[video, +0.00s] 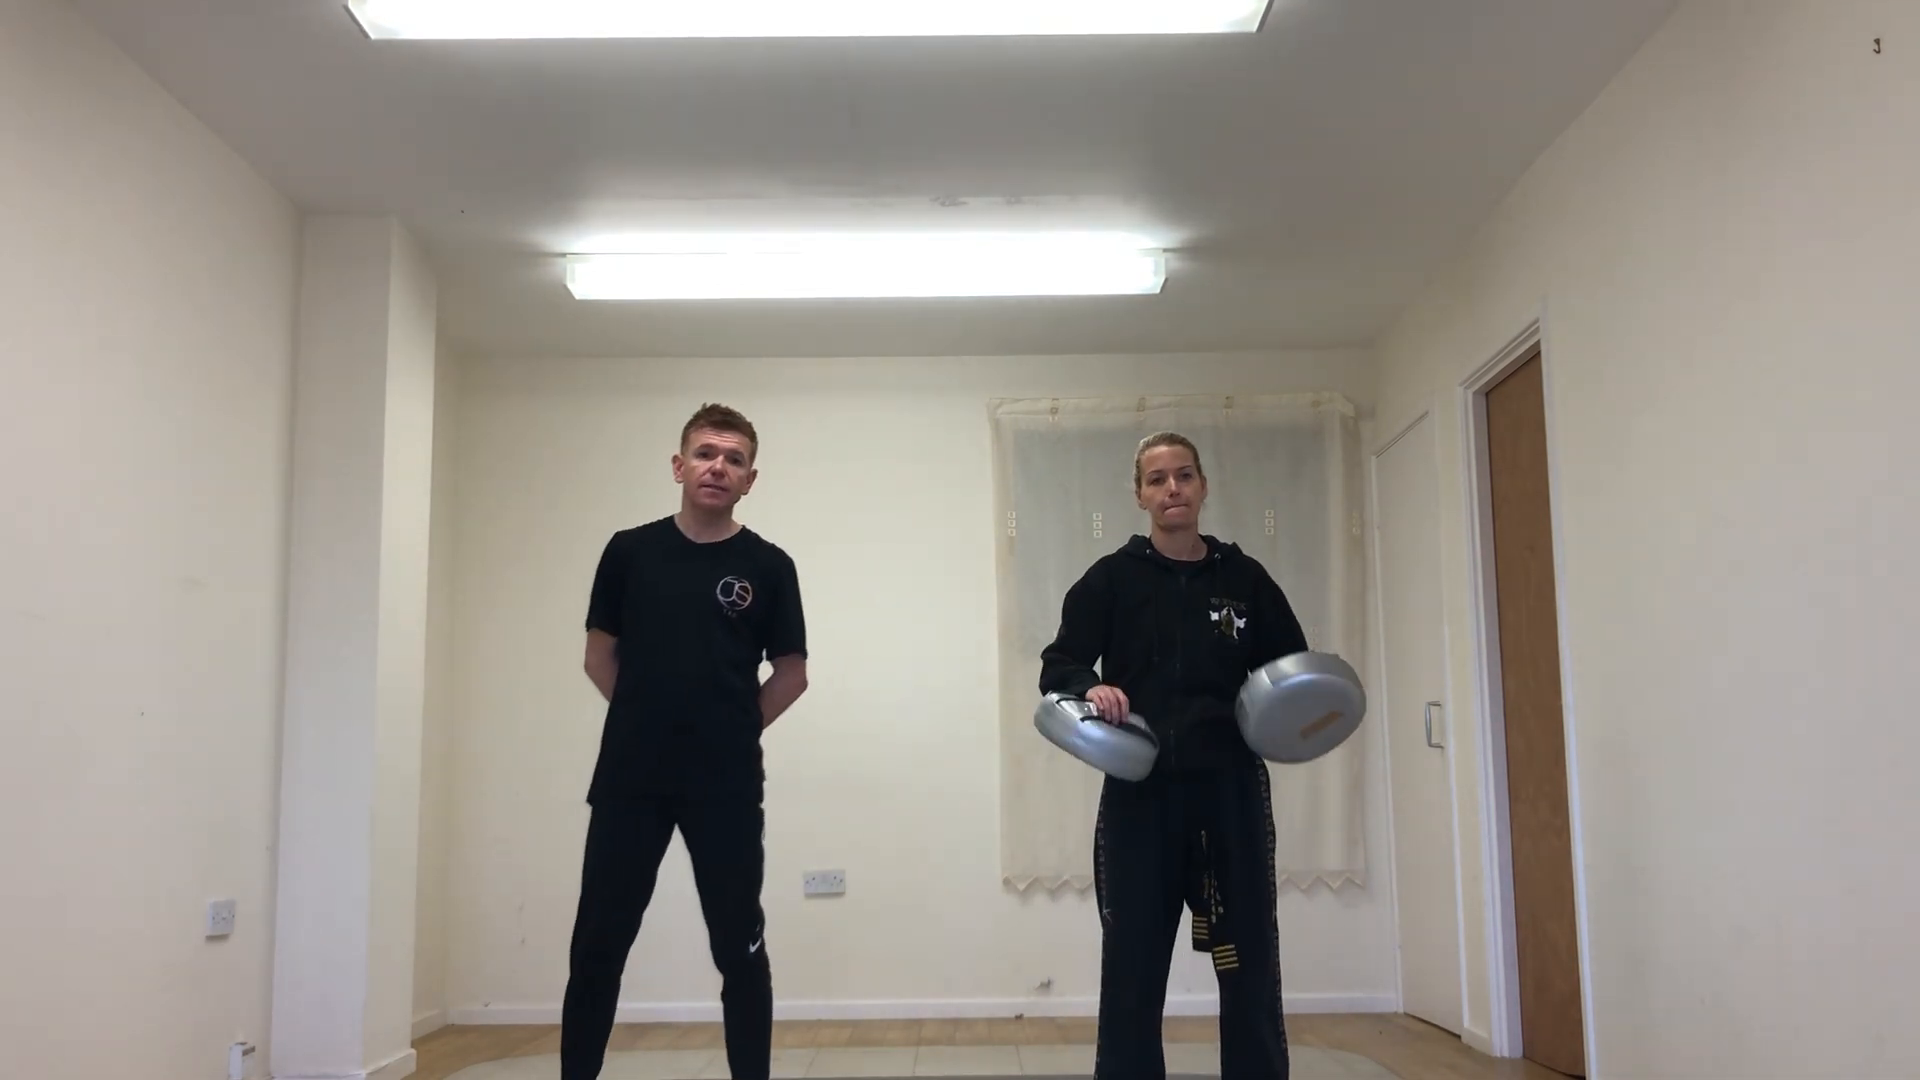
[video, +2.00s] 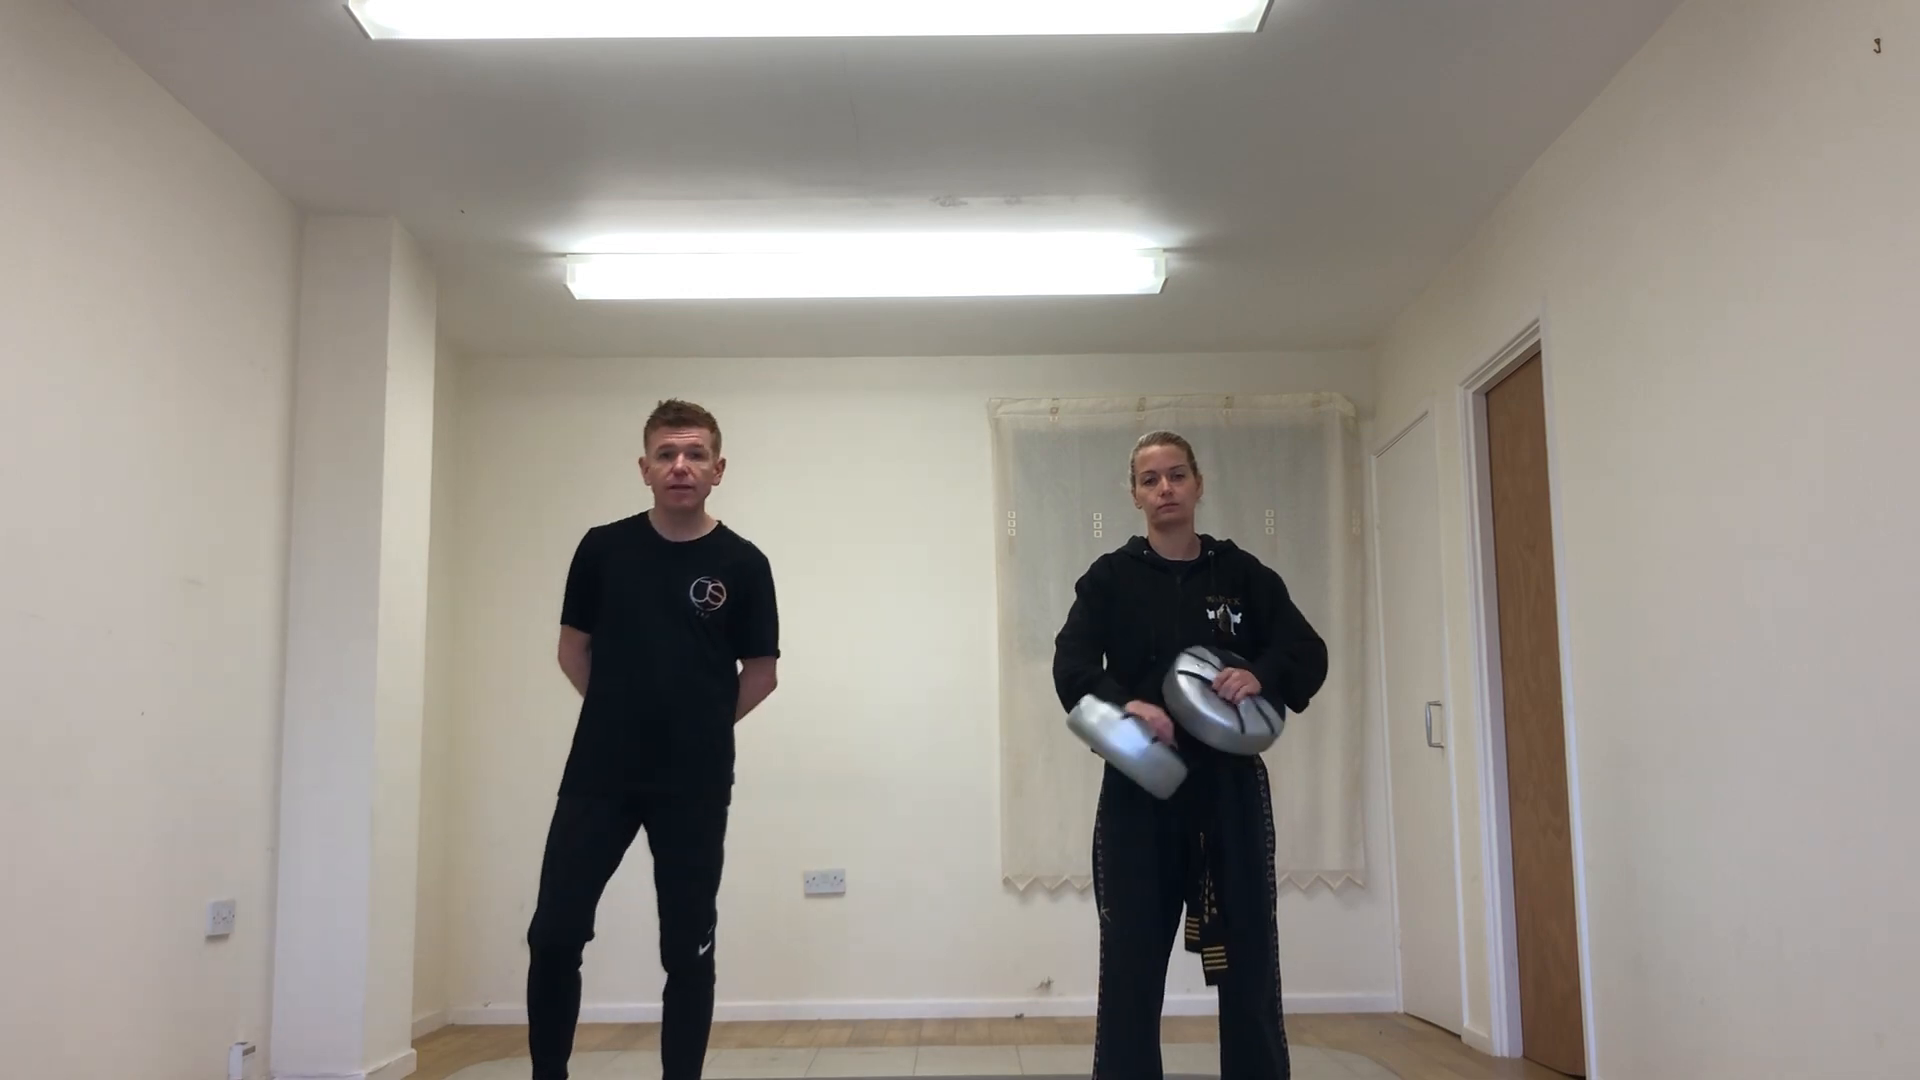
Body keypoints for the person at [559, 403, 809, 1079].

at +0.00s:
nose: (718, 467)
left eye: (734, 459)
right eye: (706, 453)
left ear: (749, 479)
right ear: (678, 464)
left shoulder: (770, 566)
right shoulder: (628, 550)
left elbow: (792, 674)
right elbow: (599, 657)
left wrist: (732, 725)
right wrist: (648, 713)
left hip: (723, 775)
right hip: (632, 769)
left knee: (740, 950)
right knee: (597, 945)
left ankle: (751, 1076)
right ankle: (576, 1075)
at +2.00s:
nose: (681, 466)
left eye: (695, 455)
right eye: (667, 454)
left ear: (717, 471)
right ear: (645, 468)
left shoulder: (743, 563)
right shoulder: (602, 546)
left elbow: (762, 674)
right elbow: (572, 653)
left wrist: (699, 719)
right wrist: (623, 709)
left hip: (693, 773)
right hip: (602, 764)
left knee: (689, 949)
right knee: (553, 933)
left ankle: (681, 1077)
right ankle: (548, 1075)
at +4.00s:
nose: (629, 463)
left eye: (645, 455)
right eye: (616, 451)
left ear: (661, 475)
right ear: (590, 466)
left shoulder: (690, 562)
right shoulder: (546, 557)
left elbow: (714, 671)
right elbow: (523, 667)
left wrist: (656, 722)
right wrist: (576, 718)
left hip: (654, 776)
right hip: (562, 775)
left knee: (666, 951)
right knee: (544, 950)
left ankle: (674, 1076)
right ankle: (533, 1076)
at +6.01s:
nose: (530, 465)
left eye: (546, 455)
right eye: (517, 452)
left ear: (569, 475)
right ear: (496, 467)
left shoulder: (601, 559)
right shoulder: (461, 558)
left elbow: (631, 670)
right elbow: (448, 667)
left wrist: (575, 725)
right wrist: (502, 716)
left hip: (567, 776)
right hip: (481, 777)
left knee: (589, 941)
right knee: (500, 953)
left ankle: (644, 1076)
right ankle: (516, 1076)